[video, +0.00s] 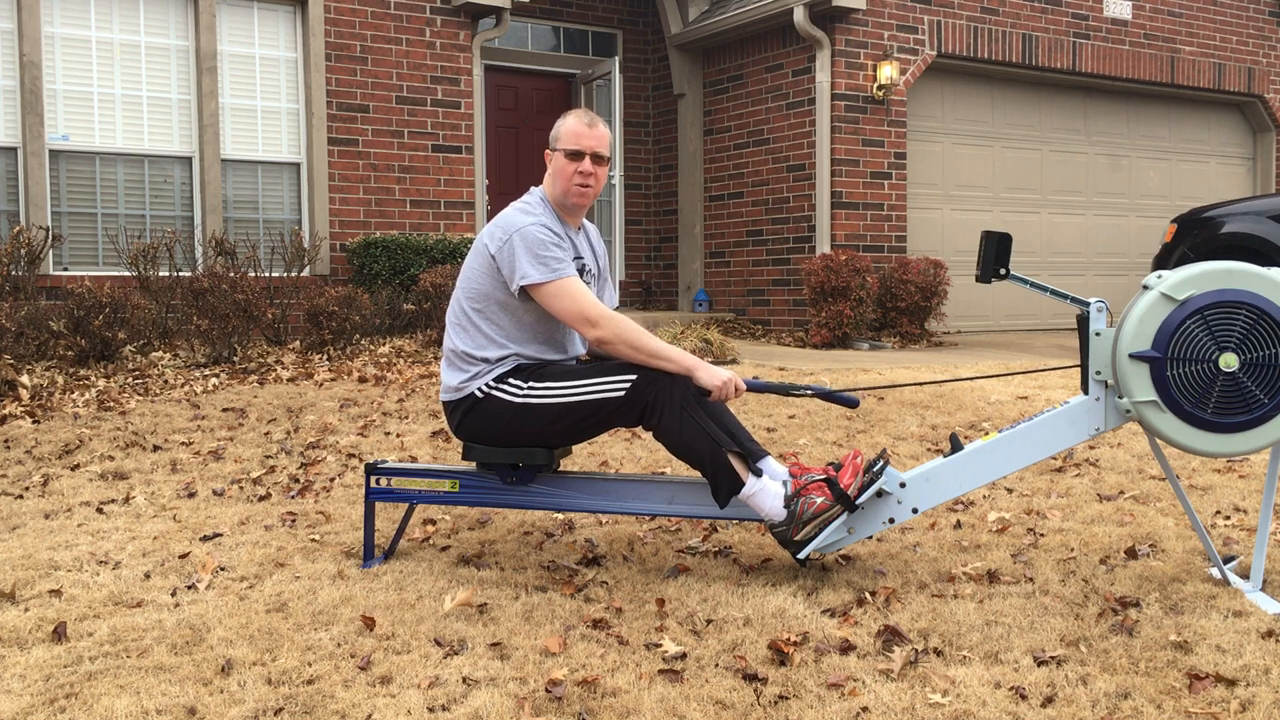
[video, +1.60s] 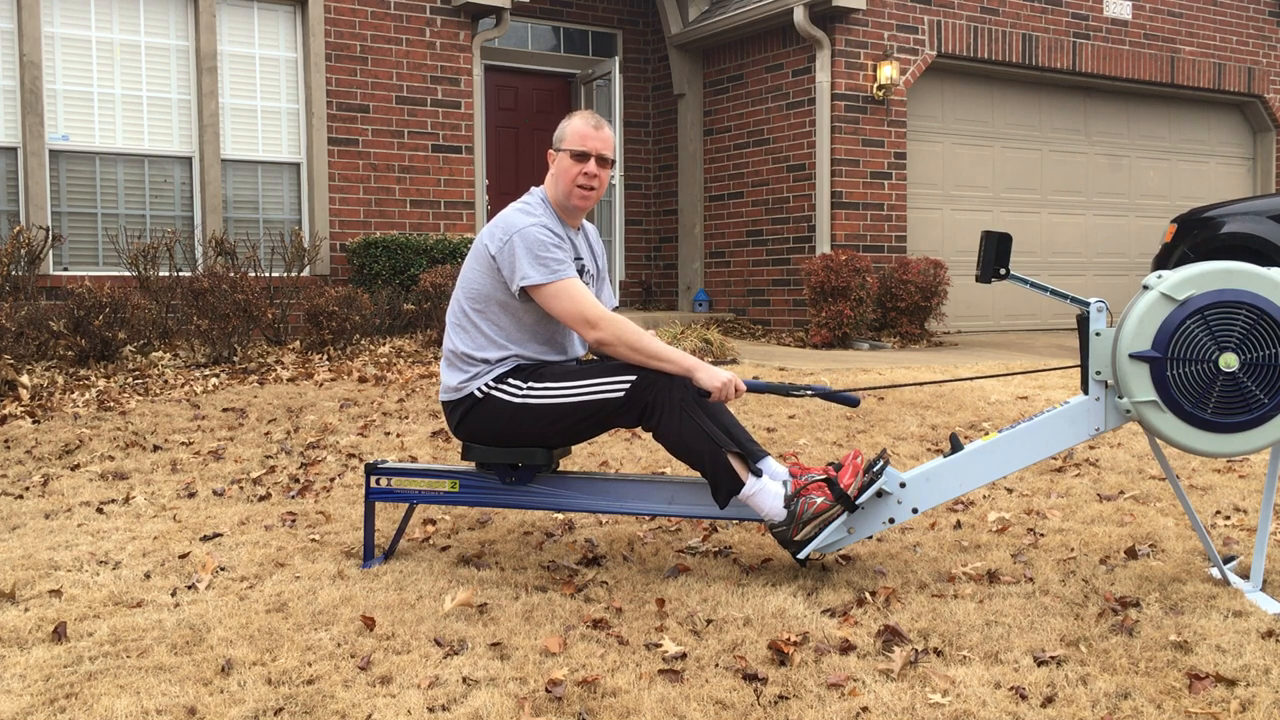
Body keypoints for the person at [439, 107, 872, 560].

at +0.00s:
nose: (586, 170)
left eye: (598, 160)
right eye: (573, 156)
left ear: (608, 170)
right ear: (547, 159)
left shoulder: (589, 239)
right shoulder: (524, 227)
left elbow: (603, 335)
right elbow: (595, 324)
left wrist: (697, 372)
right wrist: (697, 368)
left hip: (543, 375)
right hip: (489, 390)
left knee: (675, 378)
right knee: (653, 386)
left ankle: (787, 484)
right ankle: (777, 510)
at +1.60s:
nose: (592, 173)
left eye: (603, 164)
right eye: (579, 158)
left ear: (611, 173)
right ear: (551, 160)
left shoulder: (586, 238)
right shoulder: (524, 227)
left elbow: (604, 332)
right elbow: (595, 326)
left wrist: (695, 373)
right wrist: (696, 368)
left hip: (542, 375)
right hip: (488, 389)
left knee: (674, 378)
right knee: (652, 386)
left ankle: (785, 484)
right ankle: (776, 510)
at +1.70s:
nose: (592, 173)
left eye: (604, 165)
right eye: (580, 158)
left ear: (611, 174)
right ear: (551, 159)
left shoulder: (586, 239)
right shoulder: (525, 226)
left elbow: (597, 336)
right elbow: (595, 324)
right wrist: (698, 369)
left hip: (541, 376)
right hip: (488, 389)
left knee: (675, 376)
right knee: (652, 386)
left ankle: (785, 485)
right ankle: (776, 510)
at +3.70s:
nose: (585, 170)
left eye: (597, 161)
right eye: (573, 156)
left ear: (606, 170)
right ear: (545, 158)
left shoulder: (583, 236)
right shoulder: (523, 226)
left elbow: (614, 322)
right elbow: (594, 327)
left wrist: (676, 323)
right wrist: (697, 369)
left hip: (540, 376)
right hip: (487, 391)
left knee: (675, 377)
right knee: (651, 386)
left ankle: (787, 484)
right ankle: (777, 510)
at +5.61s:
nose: (592, 168)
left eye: (603, 159)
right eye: (580, 154)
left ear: (610, 171)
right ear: (548, 157)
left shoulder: (587, 239)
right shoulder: (524, 226)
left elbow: (636, 320)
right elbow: (592, 326)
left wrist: (693, 301)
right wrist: (699, 370)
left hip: (540, 377)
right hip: (487, 390)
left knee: (675, 378)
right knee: (649, 388)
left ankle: (788, 485)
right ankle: (776, 510)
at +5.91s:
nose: (593, 169)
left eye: (604, 161)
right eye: (581, 155)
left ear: (610, 173)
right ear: (550, 157)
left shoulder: (587, 237)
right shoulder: (524, 225)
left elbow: (639, 316)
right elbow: (592, 326)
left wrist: (691, 296)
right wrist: (698, 371)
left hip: (541, 376)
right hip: (487, 390)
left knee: (675, 376)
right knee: (650, 387)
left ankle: (786, 484)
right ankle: (776, 509)